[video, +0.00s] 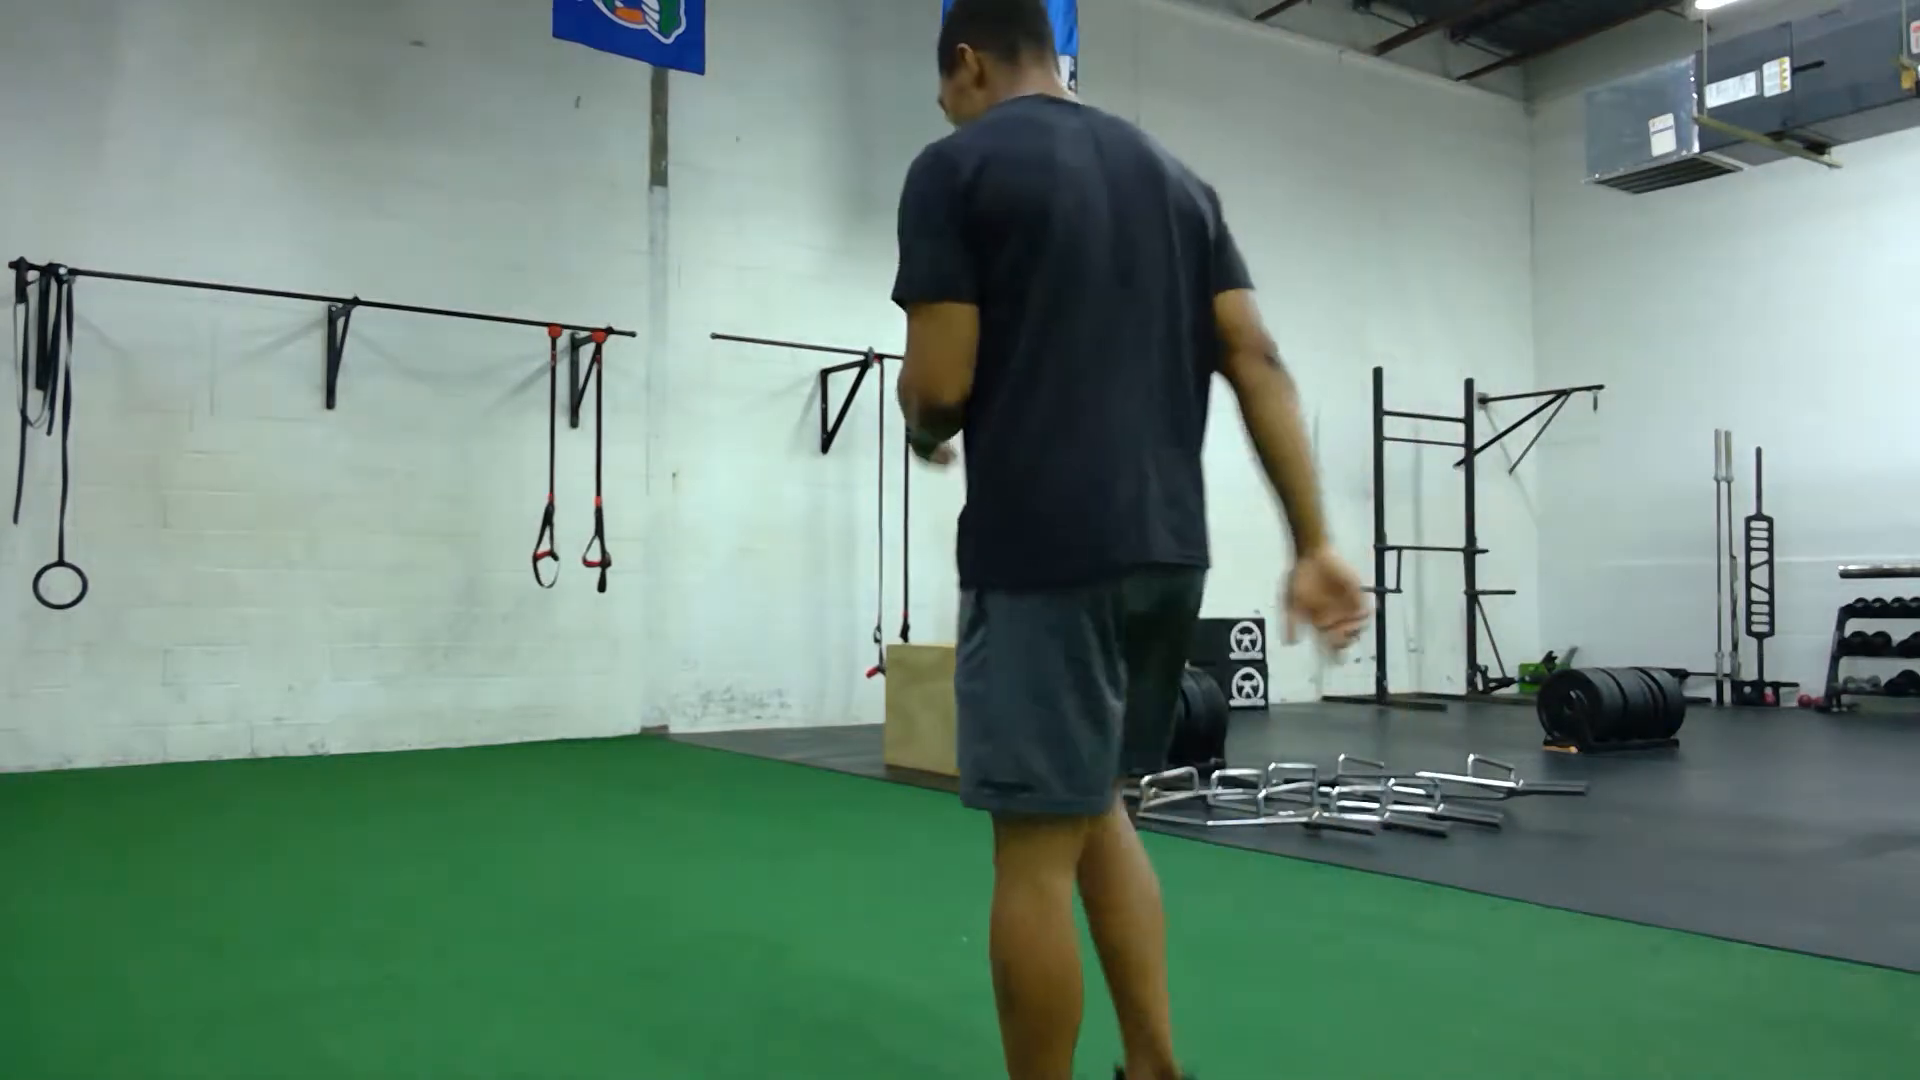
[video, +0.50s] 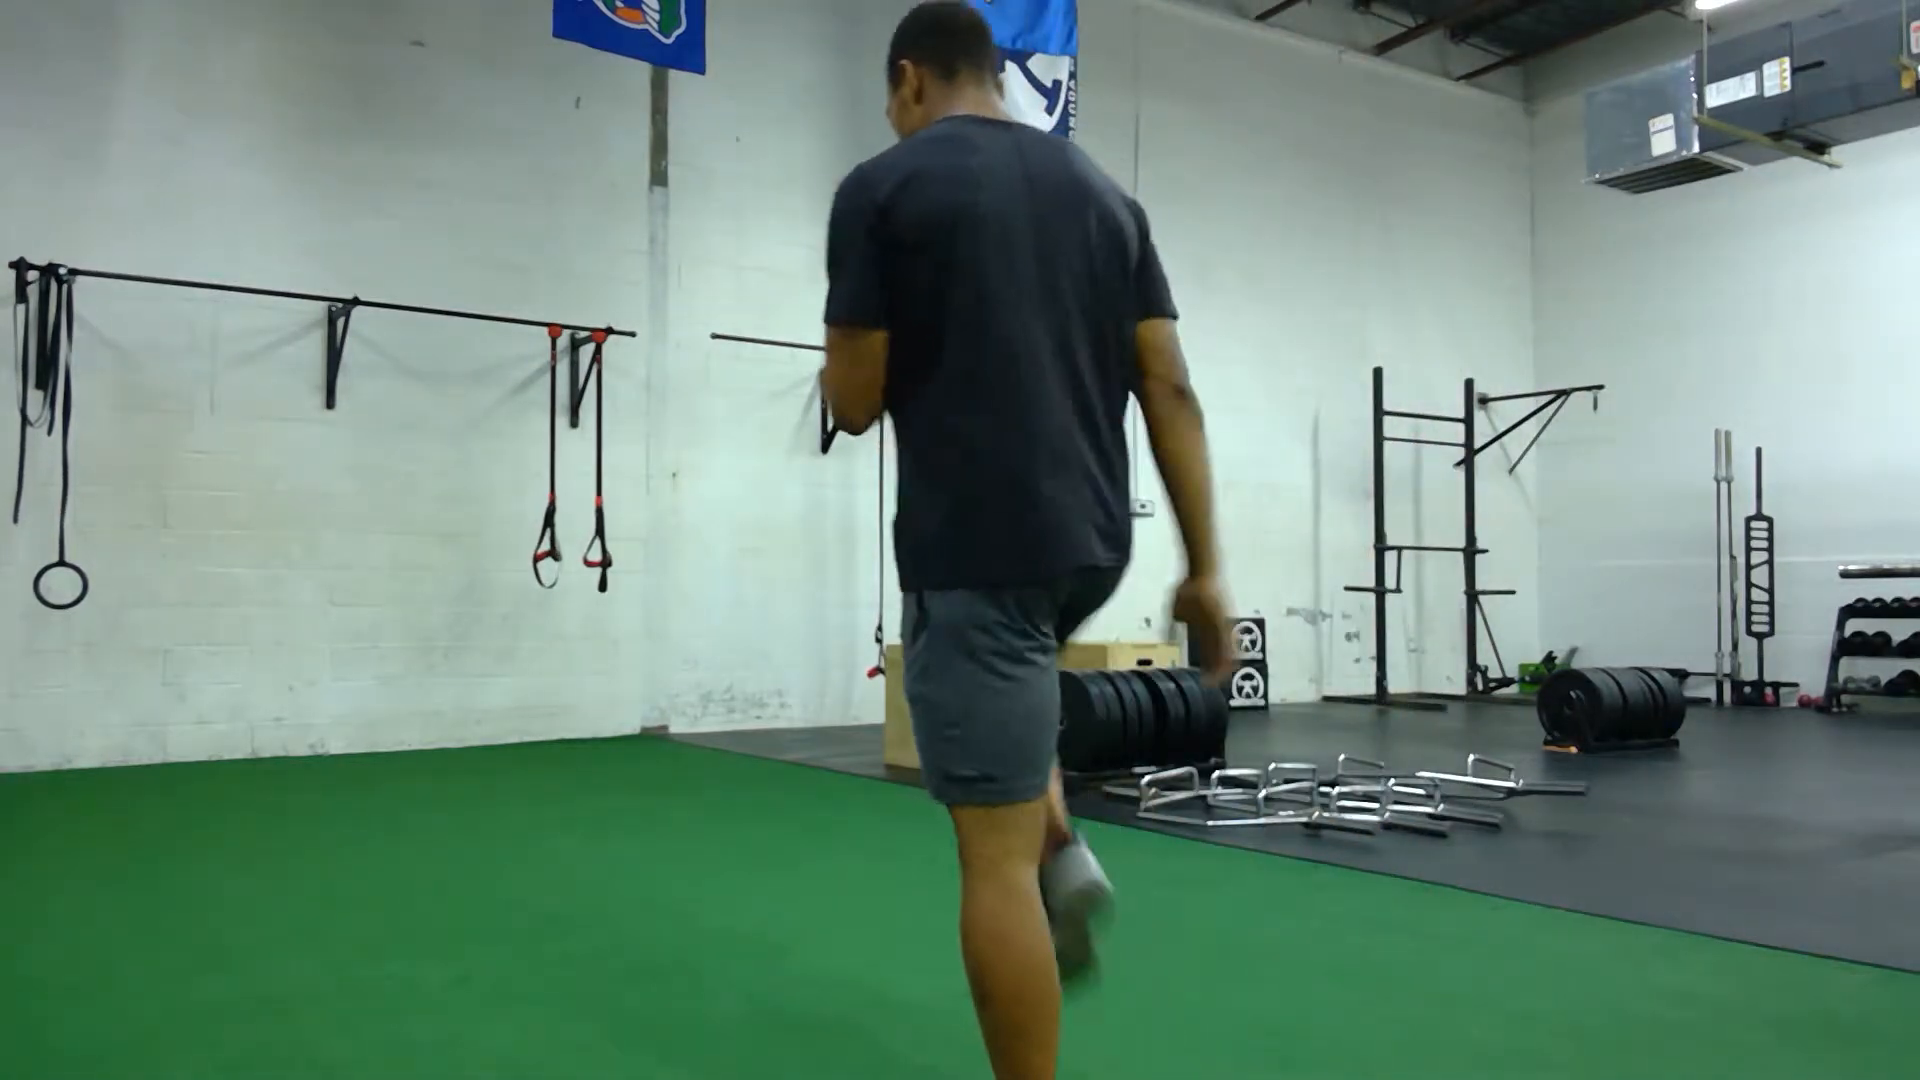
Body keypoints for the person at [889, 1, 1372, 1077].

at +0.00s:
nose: (944, 105)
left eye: (943, 87)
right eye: (944, 89)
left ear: (967, 64)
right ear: (1058, 59)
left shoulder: (956, 166)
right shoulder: (1173, 177)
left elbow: (939, 383)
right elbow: (1254, 356)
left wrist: (925, 417)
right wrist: (1314, 541)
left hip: (1041, 554)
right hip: (1170, 551)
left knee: (1035, 851)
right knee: (1100, 805)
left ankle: (1042, 1071)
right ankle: (1154, 1061)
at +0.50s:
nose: (892, 112)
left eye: (891, 96)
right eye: (895, 98)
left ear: (908, 81)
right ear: (997, 76)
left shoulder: (884, 187)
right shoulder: (1101, 193)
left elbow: (852, 402)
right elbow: (1168, 386)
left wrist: (897, 327)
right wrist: (1204, 566)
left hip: (975, 543)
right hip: (1094, 542)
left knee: (1005, 862)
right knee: (1003, 664)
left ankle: (1026, 1072)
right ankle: (1059, 855)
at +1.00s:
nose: (821, 125)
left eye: (821, 113)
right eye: (832, 113)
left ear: (832, 113)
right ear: (917, 119)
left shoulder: (804, 198)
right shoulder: (989, 218)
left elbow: (786, 350)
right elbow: (1036, 384)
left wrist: (774, 505)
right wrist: (1020, 485)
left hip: (872, 514)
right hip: (986, 511)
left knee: (847, 737)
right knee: (949, 720)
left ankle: (947, 890)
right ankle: (988, 976)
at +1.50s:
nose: (703, 204)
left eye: (702, 193)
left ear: (705, 201)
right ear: (777, 208)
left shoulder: (672, 286)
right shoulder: (824, 293)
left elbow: (644, 417)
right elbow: (888, 395)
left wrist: (689, 397)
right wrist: (887, 507)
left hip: (707, 532)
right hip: (794, 535)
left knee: (671, 712)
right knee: (734, 679)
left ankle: (724, 865)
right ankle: (725, 860)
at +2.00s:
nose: (603, 306)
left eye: (604, 295)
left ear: (608, 296)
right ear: (667, 303)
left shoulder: (593, 353)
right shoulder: (705, 383)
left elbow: (594, 430)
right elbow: (706, 498)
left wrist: (620, 539)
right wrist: (639, 497)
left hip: (591, 563)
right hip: (671, 574)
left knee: (529, 504)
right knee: (653, 732)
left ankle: (564, 658)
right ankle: (643, 895)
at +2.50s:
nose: (494, 353)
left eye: (491, 343)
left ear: (488, 346)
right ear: (541, 349)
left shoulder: (464, 414)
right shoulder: (575, 411)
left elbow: (437, 522)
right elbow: (633, 474)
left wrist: (441, 496)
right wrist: (685, 543)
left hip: (491, 584)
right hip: (557, 586)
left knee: (462, 726)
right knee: (522, 609)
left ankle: (465, 874)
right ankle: (529, 678)